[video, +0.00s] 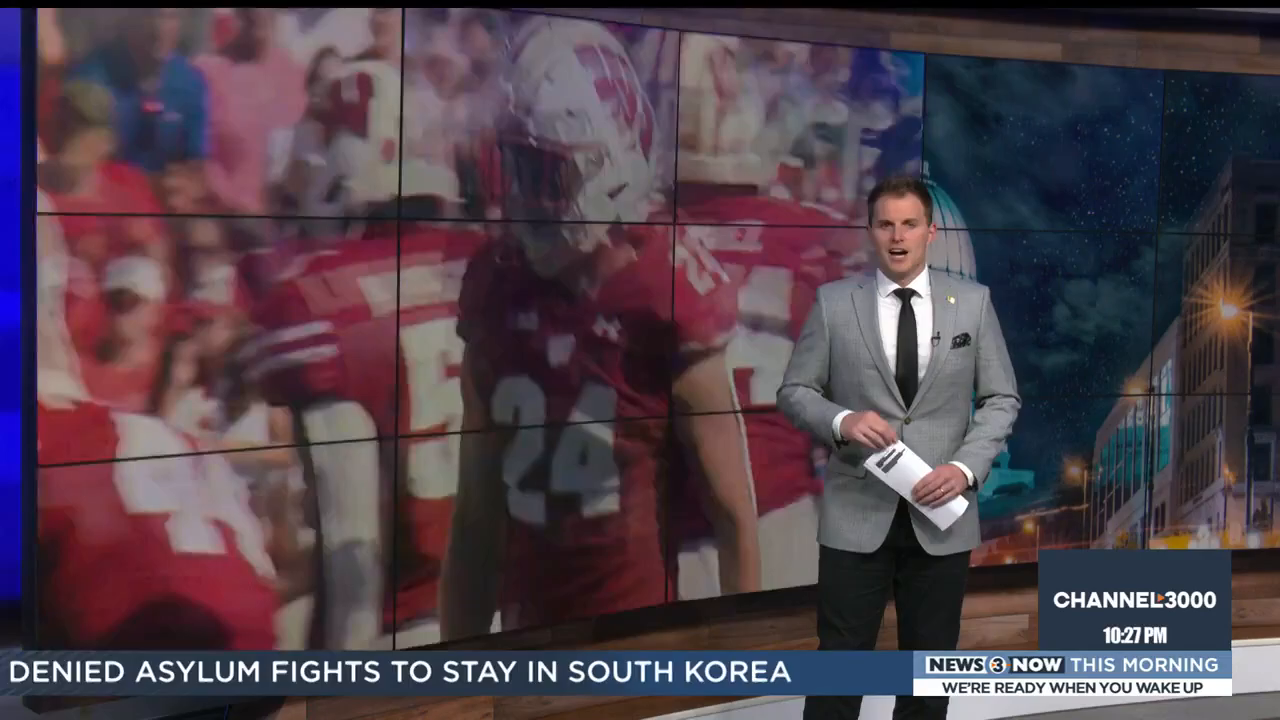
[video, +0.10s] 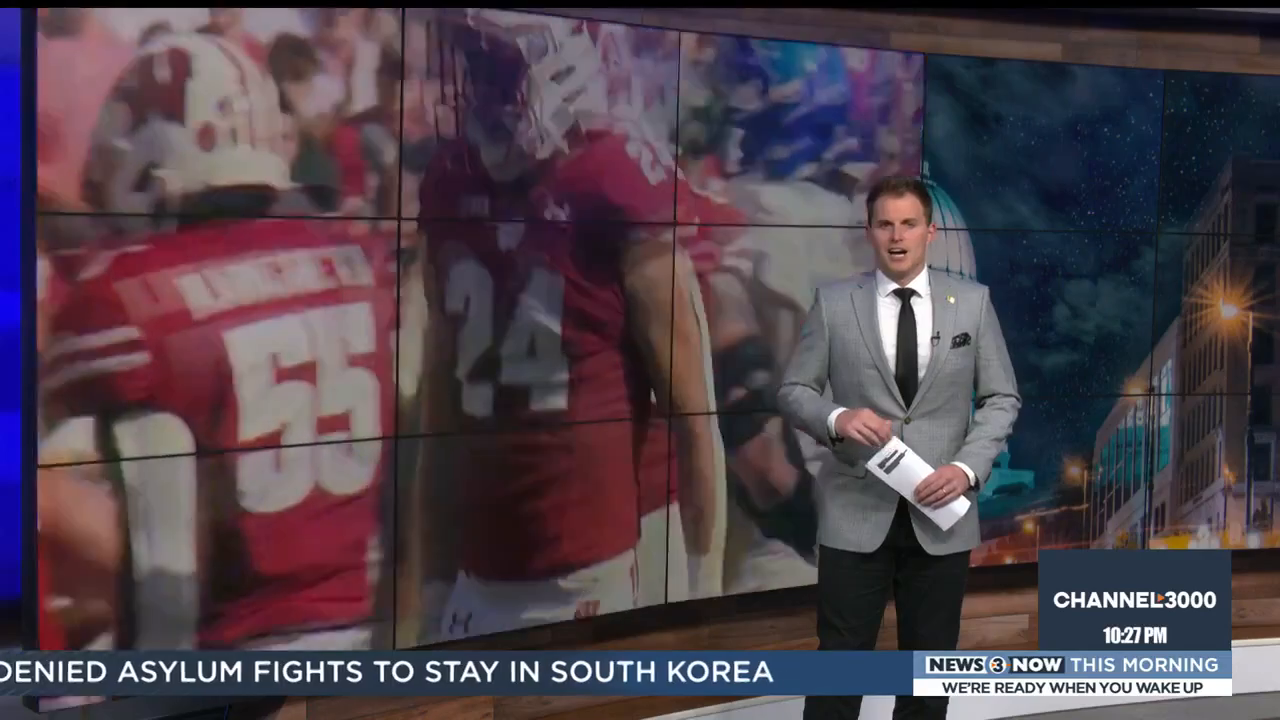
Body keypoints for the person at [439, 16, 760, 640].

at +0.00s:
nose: (529, 200)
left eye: (555, 173)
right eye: (517, 168)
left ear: (624, 176)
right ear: (499, 164)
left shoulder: (672, 290)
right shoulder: (493, 280)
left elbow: (735, 518)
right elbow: (478, 507)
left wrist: (741, 657)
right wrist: (459, 665)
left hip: (630, 617)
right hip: (524, 621)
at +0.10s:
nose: (489, 97)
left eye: (510, 72)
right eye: (474, 71)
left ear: (566, 76)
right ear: (458, 76)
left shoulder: (616, 179)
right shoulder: (448, 186)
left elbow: (692, 410)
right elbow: (437, 399)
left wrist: (704, 588)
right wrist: (425, 587)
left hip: (607, 564)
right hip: (479, 564)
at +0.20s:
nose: (460, 76)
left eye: (487, 54)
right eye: (445, 50)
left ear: (551, 46)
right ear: (424, 51)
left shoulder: (592, 152)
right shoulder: (411, 150)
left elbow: (657, 401)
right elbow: (402, 349)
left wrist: (662, 561)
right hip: (427, 518)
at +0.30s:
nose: (472, 151)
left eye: (492, 134)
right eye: (451, 134)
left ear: (533, 137)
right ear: (421, 143)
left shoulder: (565, 252)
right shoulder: (404, 257)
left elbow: (642, 502)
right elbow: (381, 469)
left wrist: (617, 650)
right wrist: (367, 642)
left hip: (531, 602)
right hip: (412, 609)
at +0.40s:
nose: (516, 263)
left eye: (540, 238)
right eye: (490, 238)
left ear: (570, 241)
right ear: (450, 239)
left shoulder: (588, 348)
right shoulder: (417, 353)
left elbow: (621, 501)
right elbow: (411, 519)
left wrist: (649, 640)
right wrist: (401, 651)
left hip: (552, 650)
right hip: (434, 656)